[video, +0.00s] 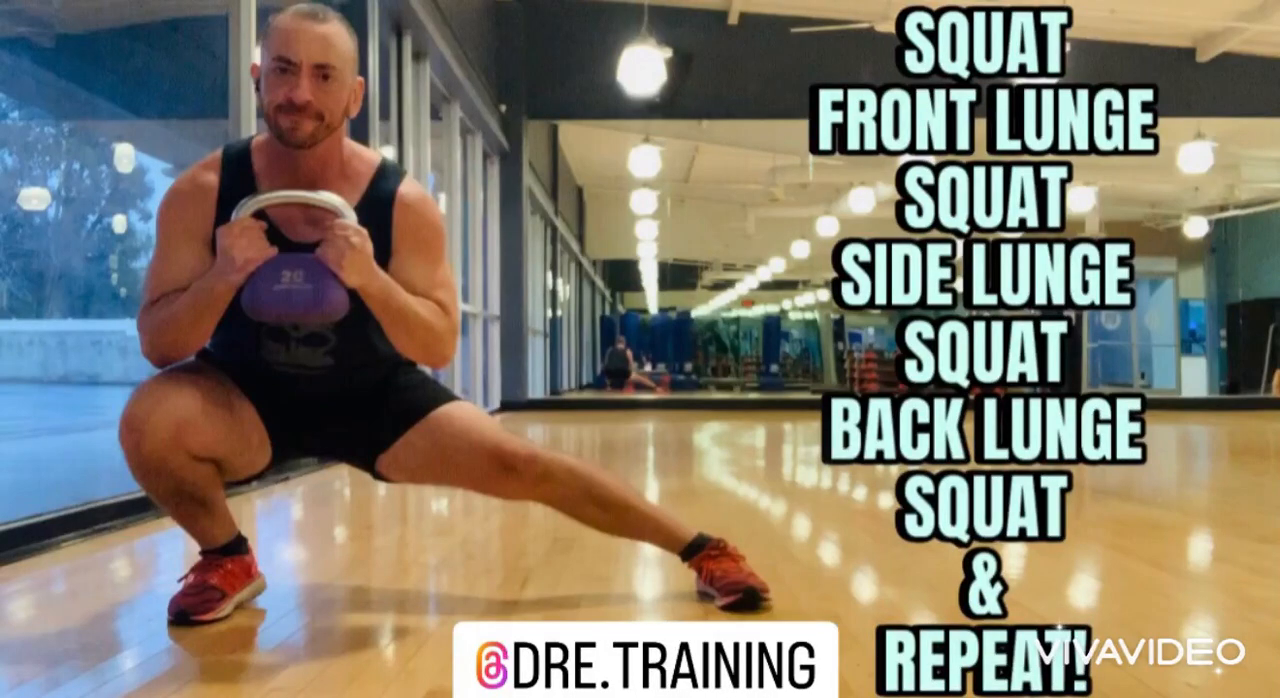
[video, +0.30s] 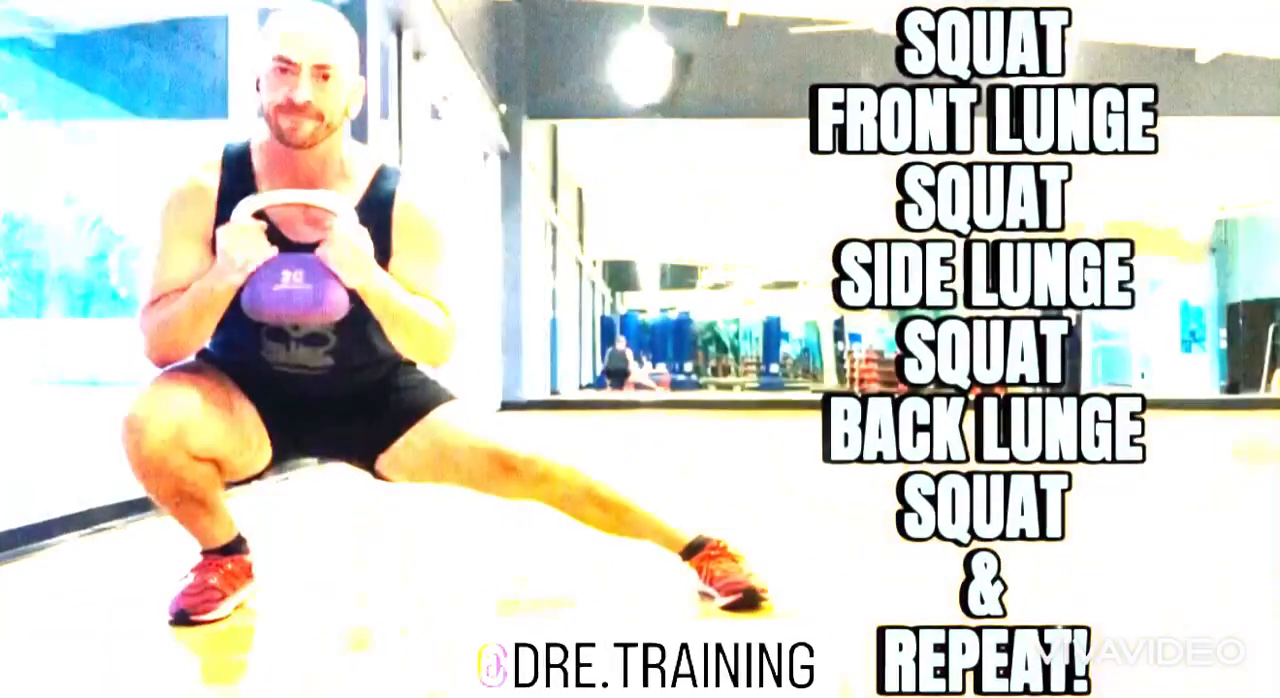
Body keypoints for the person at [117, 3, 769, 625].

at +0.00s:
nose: (298, 91)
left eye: (321, 74)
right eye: (282, 69)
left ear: (354, 91)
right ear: (257, 78)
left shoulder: (405, 205)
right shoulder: (201, 193)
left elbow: (437, 346)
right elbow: (161, 343)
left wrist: (367, 276)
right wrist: (222, 277)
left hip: (378, 398)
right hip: (253, 396)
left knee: (518, 464)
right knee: (148, 423)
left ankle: (696, 548)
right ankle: (225, 555)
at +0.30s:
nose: (299, 91)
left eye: (321, 74)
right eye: (283, 70)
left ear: (355, 92)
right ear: (258, 82)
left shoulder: (398, 206)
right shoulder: (205, 190)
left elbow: (433, 344)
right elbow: (162, 344)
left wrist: (361, 271)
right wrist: (224, 274)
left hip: (380, 399)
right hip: (252, 397)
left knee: (521, 467)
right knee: (153, 427)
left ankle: (695, 549)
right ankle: (225, 555)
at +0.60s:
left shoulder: (685, 11)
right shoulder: (564, 10)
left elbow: (712, 54)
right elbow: (529, 39)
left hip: (683, 157)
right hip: (575, 156)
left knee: (697, 351)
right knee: (571, 354)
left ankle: (715, 528)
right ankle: (560, 533)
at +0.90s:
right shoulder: (550, 0)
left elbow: (752, 68)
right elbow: (531, 78)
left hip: (691, 177)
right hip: (583, 177)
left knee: (716, 348)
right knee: (556, 347)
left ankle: (716, 534)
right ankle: (559, 529)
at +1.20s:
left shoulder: (729, 71)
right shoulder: (556, 70)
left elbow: (744, 201)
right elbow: (532, 206)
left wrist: (696, 106)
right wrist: (579, 113)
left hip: (687, 272)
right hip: (585, 271)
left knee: (726, 368)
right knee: (546, 374)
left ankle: (716, 536)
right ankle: (559, 536)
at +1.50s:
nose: (638, 46)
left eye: (656, 31)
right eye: (621, 30)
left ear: (681, 49)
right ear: (596, 46)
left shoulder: (723, 150)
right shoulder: (552, 154)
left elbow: (744, 284)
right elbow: (530, 295)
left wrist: (694, 202)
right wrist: (573, 211)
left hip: (684, 339)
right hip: (586, 338)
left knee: (722, 371)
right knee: (544, 379)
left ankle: (716, 538)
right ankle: (558, 538)